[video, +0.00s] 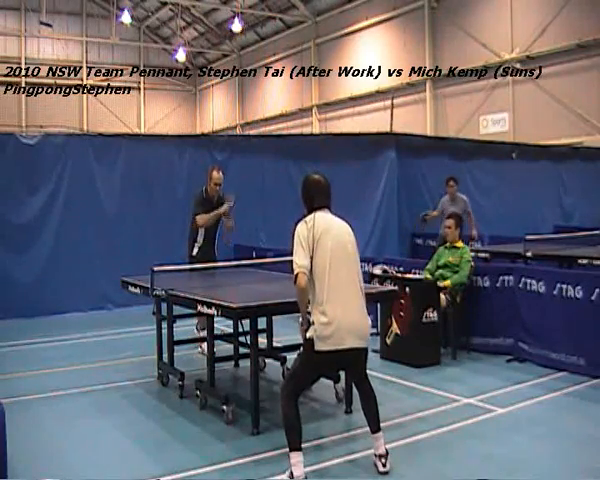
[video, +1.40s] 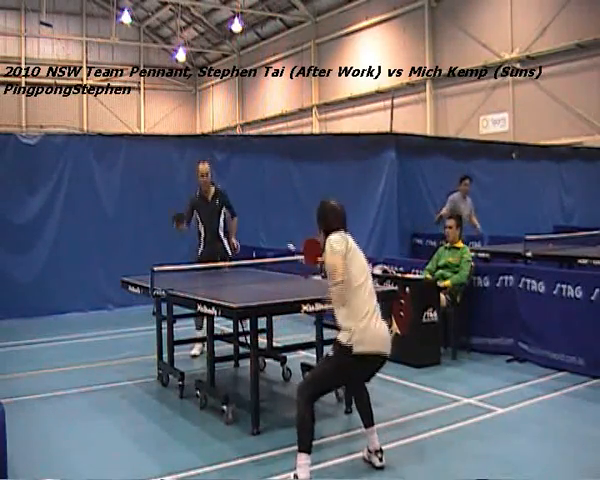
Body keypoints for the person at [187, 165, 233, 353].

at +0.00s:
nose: (217, 188)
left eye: (220, 184)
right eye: (215, 184)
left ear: (223, 183)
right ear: (208, 181)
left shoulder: (220, 198)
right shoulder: (201, 197)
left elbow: (226, 225)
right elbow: (200, 220)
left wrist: (227, 219)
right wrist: (221, 210)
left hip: (211, 250)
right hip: (197, 250)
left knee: (210, 291)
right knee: (201, 293)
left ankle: (204, 328)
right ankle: (201, 331)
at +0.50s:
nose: (225, 193)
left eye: (227, 189)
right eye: (224, 188)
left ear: (224, 187)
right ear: (216, 185)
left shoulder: (217, 200)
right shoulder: (206, 198)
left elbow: (219, 225)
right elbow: (214, 222)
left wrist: (230, 238)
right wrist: (232, 220)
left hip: (208, 249)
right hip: (198, 250)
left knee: (212, 286)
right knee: (206, 291)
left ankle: (202, 320)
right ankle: (204, 339)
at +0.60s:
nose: (227, 195)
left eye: (229, 192)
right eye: (225, 191)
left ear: (229, 191)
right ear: (217, 188)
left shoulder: (224, 207)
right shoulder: (209, 196)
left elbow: (222, 233)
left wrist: (226, 253)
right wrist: (207, 213)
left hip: (209, 249)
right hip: (197, 248)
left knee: (208, 288)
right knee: (201, 289)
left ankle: (200, 327)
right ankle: (200, 334)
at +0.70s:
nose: (227, 193)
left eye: (229, 190)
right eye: (225, 189)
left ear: (230, 191)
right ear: (218, 186)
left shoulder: (224, 204)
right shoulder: (206, 193)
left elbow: (222, 231)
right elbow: (189, 192)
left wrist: (222, 253)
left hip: (210, 251)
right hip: (197, 250)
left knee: (208, 291)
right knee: (198, 292)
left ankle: (202, 330)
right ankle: (195, 333)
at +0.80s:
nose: (224, 185)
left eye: (227, 182)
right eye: (223, 181)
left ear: (229, 184)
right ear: (216, 179)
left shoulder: (224, 200)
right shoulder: (205, 191)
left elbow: (223, 226)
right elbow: (184, 193)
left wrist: (223, 248)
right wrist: (183, 203)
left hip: (212, 248)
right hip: (198, 247)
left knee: (211, 283)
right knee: (197, 285)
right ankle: (194, 324)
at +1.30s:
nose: (207, 170)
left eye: (210, 167)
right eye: (204, 167)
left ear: (213, 167)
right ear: (200, 169)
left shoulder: (221, 189)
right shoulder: (196, 192)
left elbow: (229, 211)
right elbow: (186, 210)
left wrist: (230, 231)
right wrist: (180, 214)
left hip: (221, 239)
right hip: (204, 240)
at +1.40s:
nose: (204, 179)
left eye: (206, 175)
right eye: (201, 175)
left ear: (211, 176)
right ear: (197, 177)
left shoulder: (221, 195)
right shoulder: (195, 200)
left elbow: (233, 216)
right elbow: (186, 222)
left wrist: (232, 237)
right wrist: (180, 223)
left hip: (222, 250)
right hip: (204, 251)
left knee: (222, 291)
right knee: (201, 295)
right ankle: (200, 338)